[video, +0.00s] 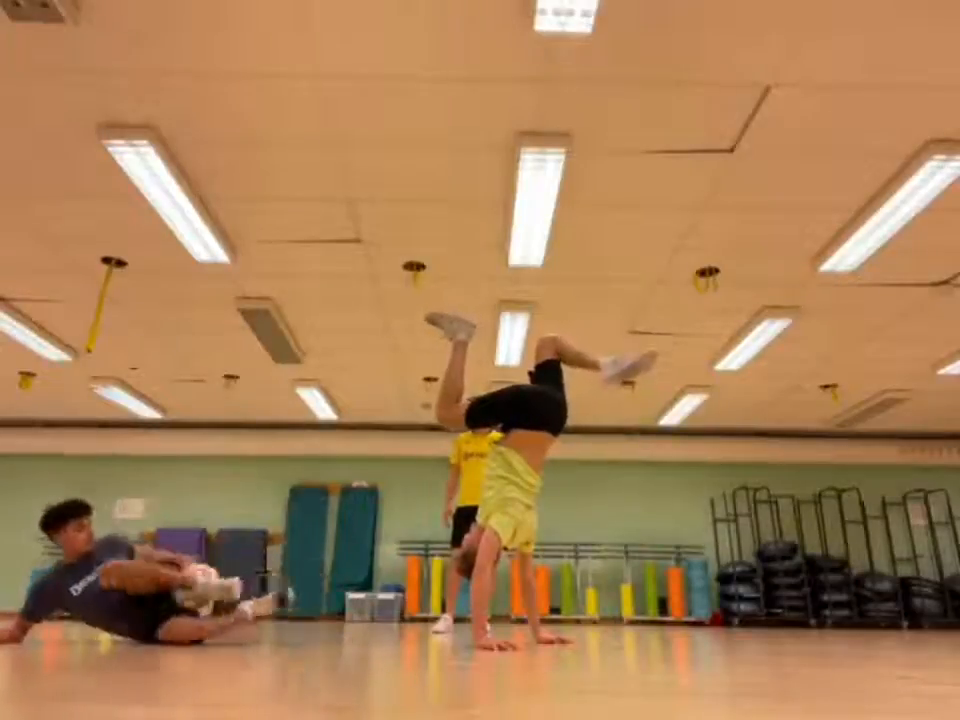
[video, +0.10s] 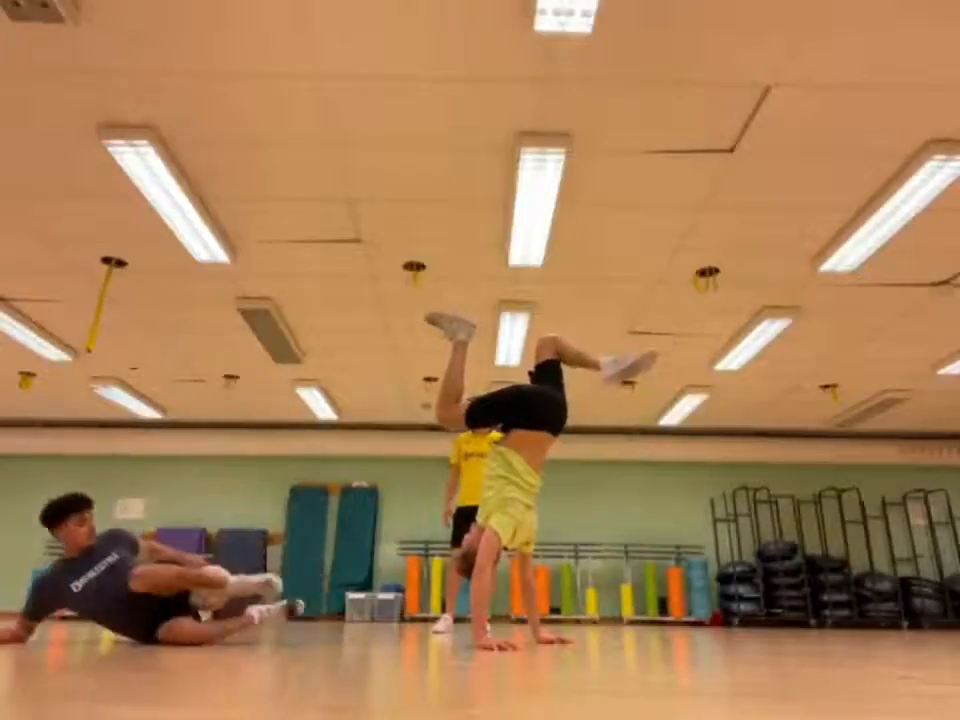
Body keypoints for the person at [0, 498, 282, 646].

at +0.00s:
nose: (88, 535)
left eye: (88, 528)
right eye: (79, 530)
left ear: (90, 530)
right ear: (59, 537)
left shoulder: (110, 546)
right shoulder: (49, 586)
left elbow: (149, 556)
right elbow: (16, 631)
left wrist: (184, 565)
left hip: (161, 589)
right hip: (148, 622)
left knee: (112, 571)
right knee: (189, 630)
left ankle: (197, 584)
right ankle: (245, 613)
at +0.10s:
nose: (90, 529)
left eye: (90, 522)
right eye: (81, 524)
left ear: (89, 524)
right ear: (60, 532)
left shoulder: (114, 539)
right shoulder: (50, 585)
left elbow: (155, 551)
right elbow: (20, 631)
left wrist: (195, 561)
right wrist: (2, 634)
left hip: (169, 588)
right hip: (152, 623)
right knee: (186, 633)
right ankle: (253, 618)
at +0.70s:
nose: (164, 520)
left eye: (164, 512)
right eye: (159, 512)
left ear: (156, 513)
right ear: (135, 511)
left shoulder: (163, 536)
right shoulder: (103, 546)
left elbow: (169, 577)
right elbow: (58, 583)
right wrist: (33, 633)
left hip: (185, 599)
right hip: (155, 625)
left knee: (205, 519)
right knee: (195, 610)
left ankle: (226, 580)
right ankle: (267, 624)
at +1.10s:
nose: (171, 511)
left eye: (171, 504)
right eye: (164, 505)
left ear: (166, 504)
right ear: (143, 505)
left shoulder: (180, 524)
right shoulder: (111, 536)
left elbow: (214, 555)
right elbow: (72, 575)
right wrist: (44, 627)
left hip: (201, 589)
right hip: (153, 613)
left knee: (269, 566)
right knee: (183, 609)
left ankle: (274, 620)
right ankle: (254, 632)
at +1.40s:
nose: (114, 485)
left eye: (111, 476)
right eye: (104, 485)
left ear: (115, 465)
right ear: (95, 487)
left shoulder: (141, 461)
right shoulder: (99, 519)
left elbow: (143, 405)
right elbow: (73, 575)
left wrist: (104, 378)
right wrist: (47, 633)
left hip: (204, 539)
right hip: (171, 569)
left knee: (266, 560)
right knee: (200, 589)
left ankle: (290, 611)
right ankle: (275, 632)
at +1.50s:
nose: (74, 479)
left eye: (68, 471)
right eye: (65, 482)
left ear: (67, 460)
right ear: (57, 487)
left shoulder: (86, 445)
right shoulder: (82, 517)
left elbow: (56, 399)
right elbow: (70, 574)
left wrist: (11, 373)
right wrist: (45, 633)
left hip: (193, 491)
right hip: (172, 527)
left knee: (257, 524)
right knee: (210, 565)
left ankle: (289, 563)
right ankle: (269, 624)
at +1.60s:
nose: (54, 477)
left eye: (48, 470)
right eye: (44, 483)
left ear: (47, 458)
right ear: (38, 493)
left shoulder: (58, 446)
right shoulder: (70, 516)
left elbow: (29, 419)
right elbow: (69, 573)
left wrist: (5, 400)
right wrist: (46, 632)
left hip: (172, 461)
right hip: (159, 503)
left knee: (244, 489)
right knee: (211, 541)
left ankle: (308, 528)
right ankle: (268, 587)